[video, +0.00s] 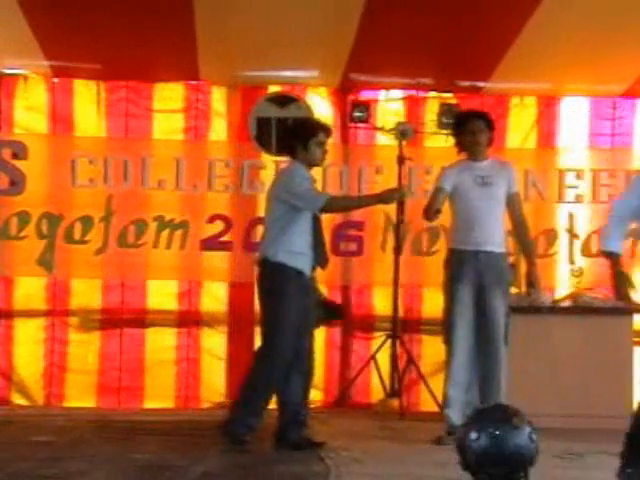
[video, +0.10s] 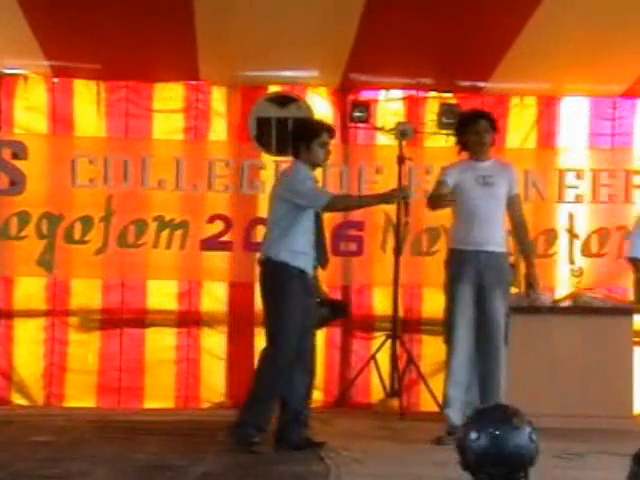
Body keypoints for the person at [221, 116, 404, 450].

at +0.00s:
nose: (325, 151)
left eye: (325, 145)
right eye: (320, 145)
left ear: (311, 149)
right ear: (303, 146)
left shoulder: (300, 180)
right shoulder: (291, 177)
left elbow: (297, 247)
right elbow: (327, 205)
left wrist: (313, 292)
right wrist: (381, 197)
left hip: (295, 274)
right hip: (281, 271)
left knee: (297, 353)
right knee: (278, 350)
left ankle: (292, 431)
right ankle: (239, 426)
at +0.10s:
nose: (328, 152)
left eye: (329, 146)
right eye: (322, 146)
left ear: (316, 150)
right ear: (304, 147)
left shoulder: (305, 181)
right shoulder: (294, 177)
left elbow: (302, 245)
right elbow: (331, 203)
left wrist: (316, 288)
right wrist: (386, 197)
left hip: (299, 272)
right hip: (282, 269)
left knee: (301, 352)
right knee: (282, 350)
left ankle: (292, 431)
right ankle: (248, 427)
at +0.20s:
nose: (331, 153)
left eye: (332, 147)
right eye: (326, 146)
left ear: (320, 150)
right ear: (308, 148)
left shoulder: (307, 179)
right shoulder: (299, 177)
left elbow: (300, 242)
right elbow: (339, 201)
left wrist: (313, 289)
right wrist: (391, 197)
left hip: (299, 271)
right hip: (284, 268)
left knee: (302, 352)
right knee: (287, 349)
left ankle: (293, 429)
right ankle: (255, 426)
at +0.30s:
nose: (333, 153)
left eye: (334, 147)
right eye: (327, 147)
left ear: (323, 150)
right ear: (309, 148)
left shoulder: (308, 178)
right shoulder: (301, 176)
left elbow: (301, 240)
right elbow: (341, 201)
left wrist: (313, 296)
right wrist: (395, 197)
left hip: (298, 270)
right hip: (284, 268)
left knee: (302, 352)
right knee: (288, 349)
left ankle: (293, 430)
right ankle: (254, 426)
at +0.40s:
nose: (336, 154)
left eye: (337, 148)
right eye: (330, 147)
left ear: (328, 151)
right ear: (312, 148)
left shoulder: (310, 178)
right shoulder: (304, 176)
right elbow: (345, 199)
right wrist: (398, 197)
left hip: (300, 271)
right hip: (286, 269)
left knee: (301, 353)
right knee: (287, 350)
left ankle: (294, 431)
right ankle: (253, 427)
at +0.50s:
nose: (337, 154)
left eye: (338, 148)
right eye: (332, 148)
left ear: (324, 151)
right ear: (313, 148)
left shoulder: (312, 179)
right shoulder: (305, 176)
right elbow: (346, 197)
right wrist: (399, 196)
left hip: (300, 271)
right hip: (286, 268)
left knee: (302, 354)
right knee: (286, 350)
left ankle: (294, 432)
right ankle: (254, 428)